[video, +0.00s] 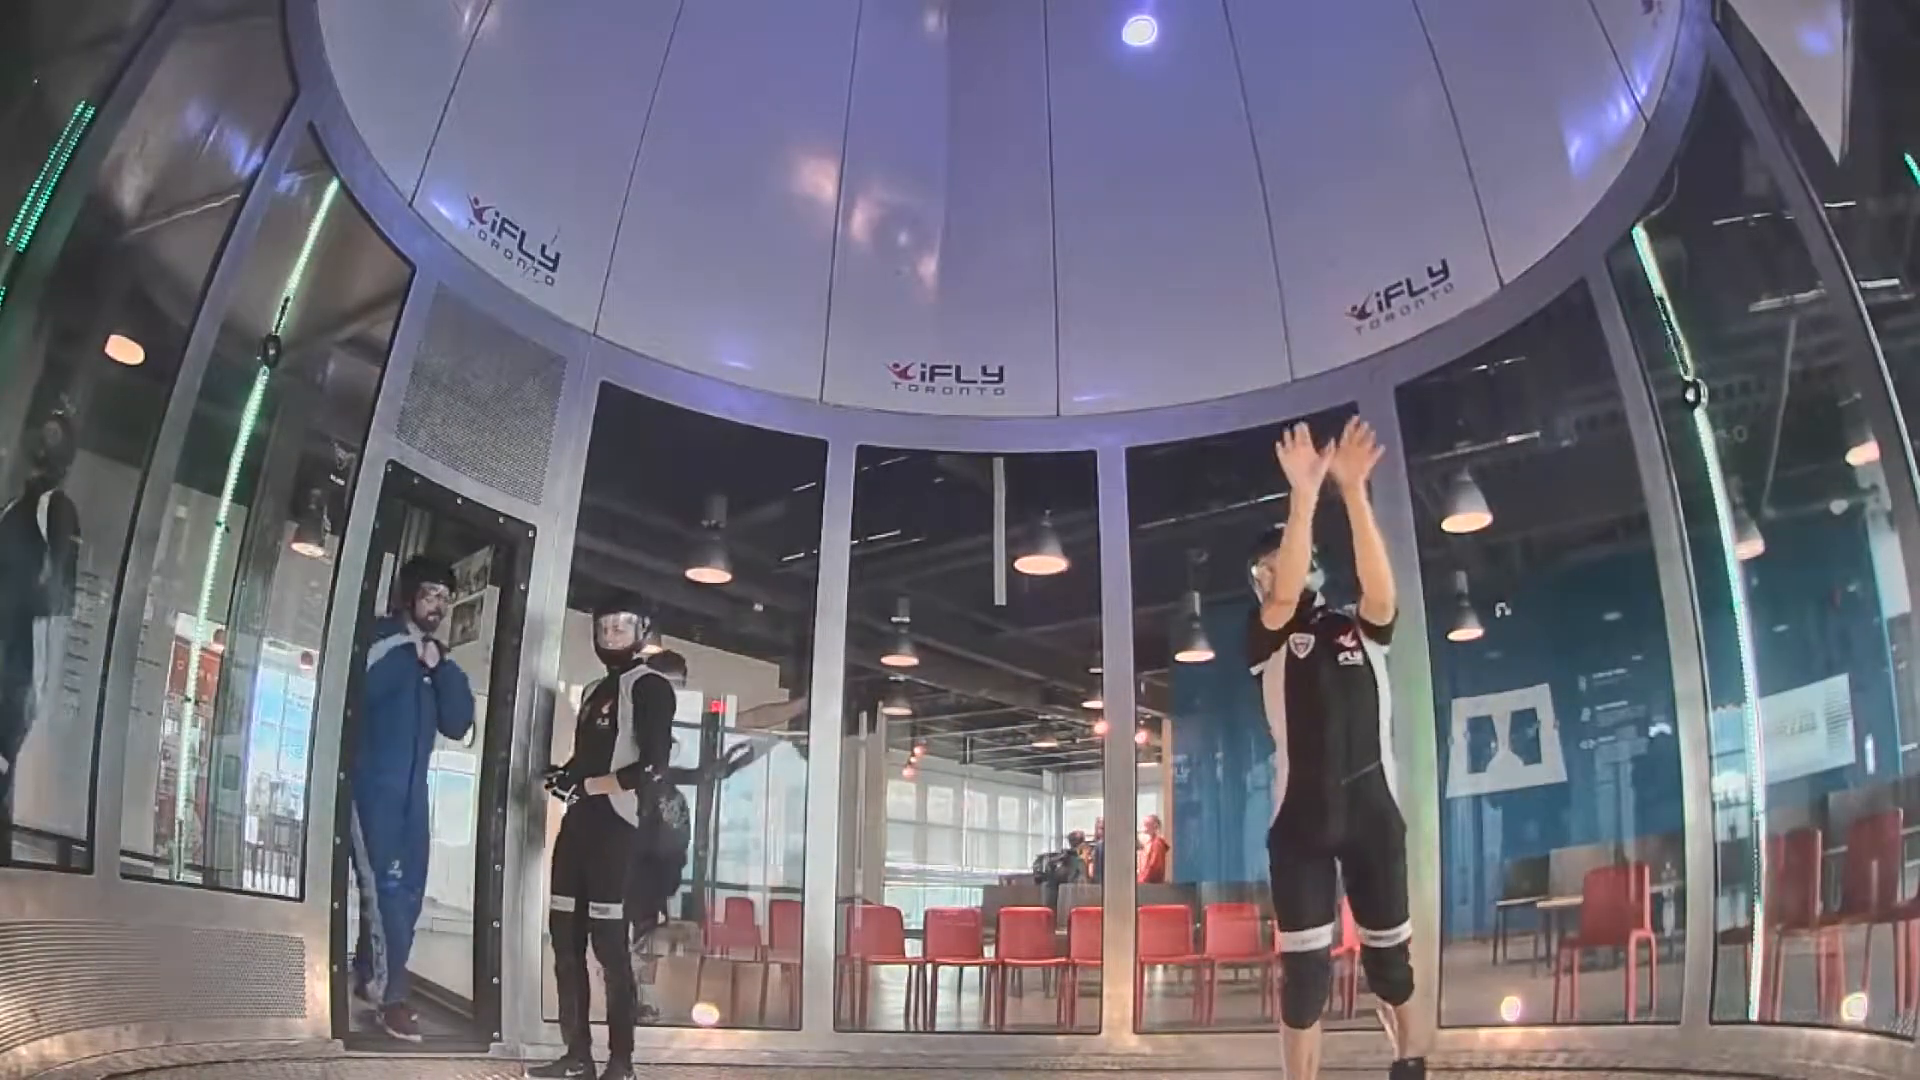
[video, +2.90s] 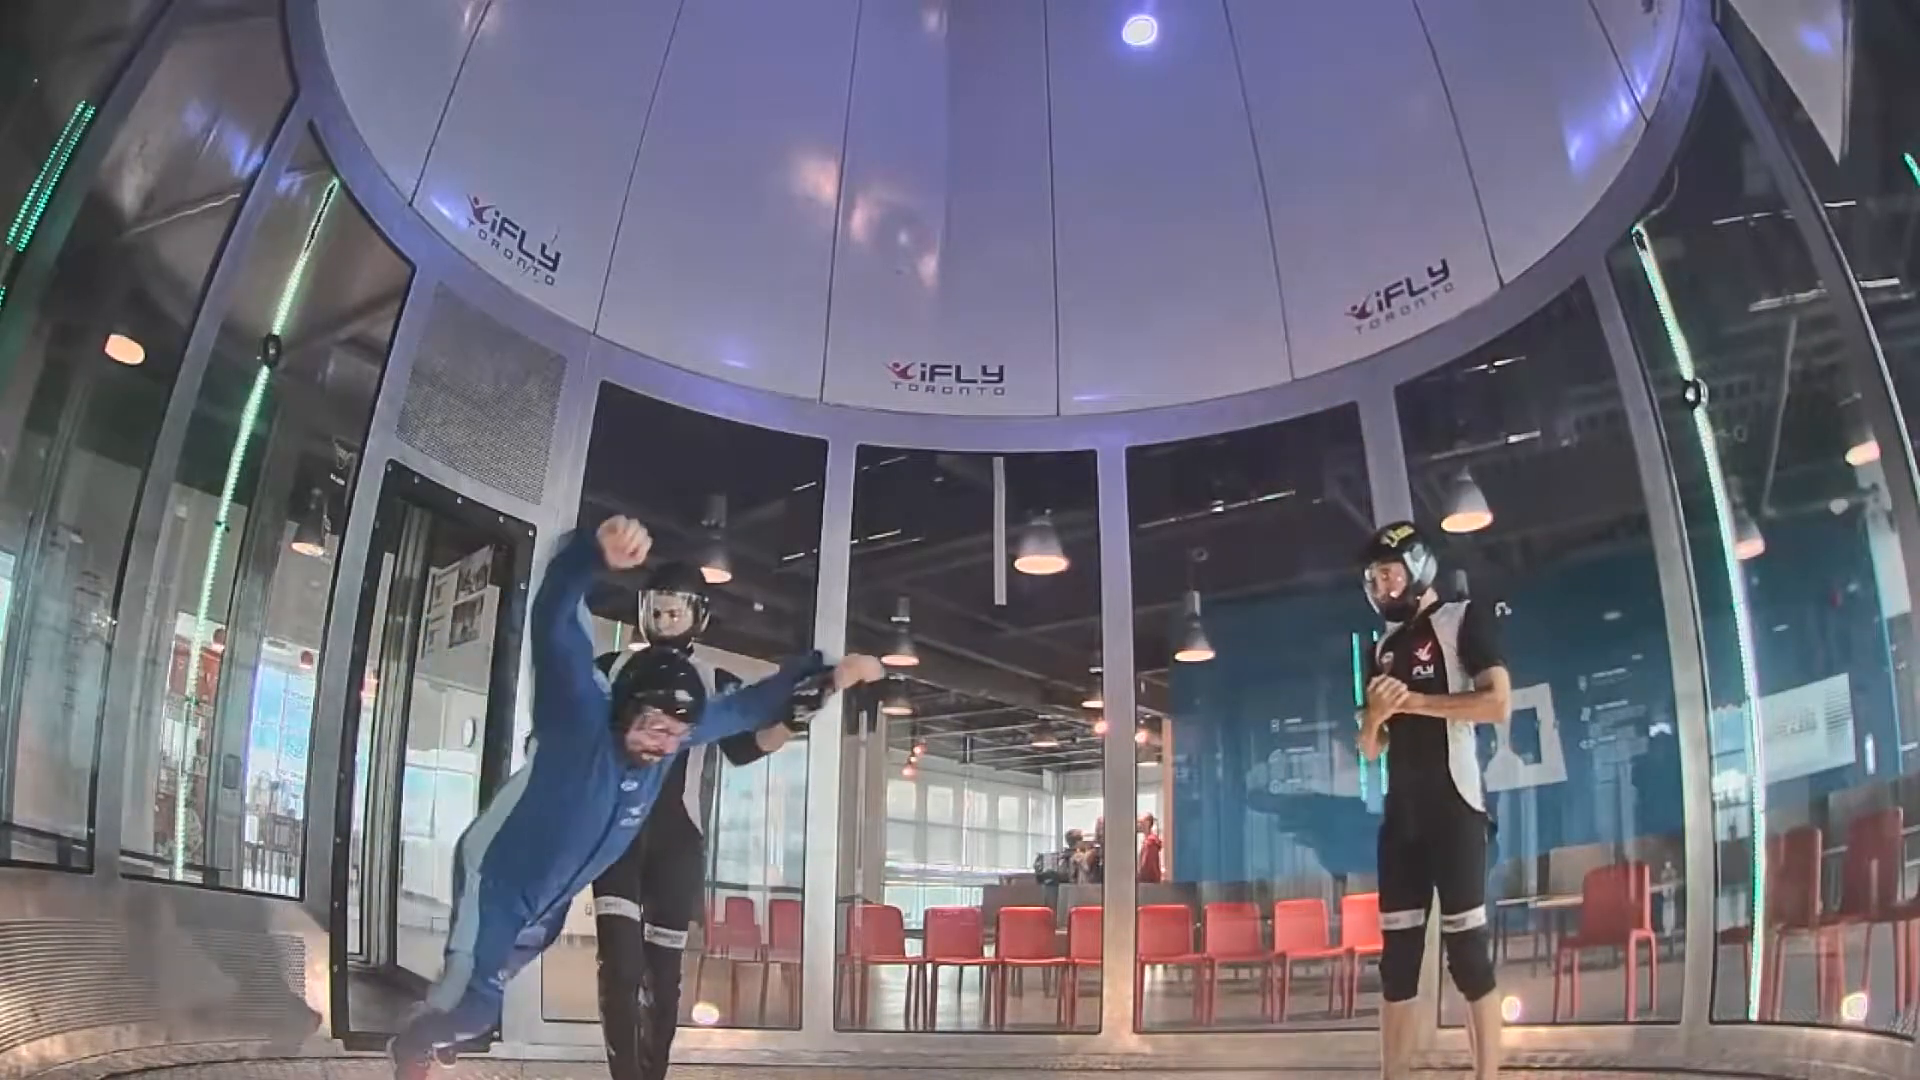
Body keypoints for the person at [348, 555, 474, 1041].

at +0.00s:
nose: (436, 606)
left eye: (443, 600)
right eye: (428, 596)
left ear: (447, 607)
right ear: (406, 597)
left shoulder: (438, 660)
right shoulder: (376, 639)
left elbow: (457, 725)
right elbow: (360, 693)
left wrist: (440, 665)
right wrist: (407, 647)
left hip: (415, 785)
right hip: (372, 780)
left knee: (410, 888)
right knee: (386, 883)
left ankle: (364, 972)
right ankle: (395, 999)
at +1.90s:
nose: (496, 612)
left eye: (506, 604)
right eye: (488, 600)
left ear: (513, 609)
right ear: (467, 596)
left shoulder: (511, 651)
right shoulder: (434, 637)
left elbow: (543, 712)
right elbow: (400, 696)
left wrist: (506, 671)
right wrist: (462, 657)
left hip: (477, 790)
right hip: (427, 784)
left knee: (452, 899)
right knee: (435, 889)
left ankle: (436, 1011)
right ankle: (408, 1005)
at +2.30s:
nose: (552, 647)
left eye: (561, 638)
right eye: (543, 633)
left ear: (567, 643)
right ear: (516, 626)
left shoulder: (562, 688)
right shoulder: (476, 670)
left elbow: (612, 749)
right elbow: (447, 735)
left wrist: (574, 725)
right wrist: (522, 702)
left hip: (500, 828)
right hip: (446, 820)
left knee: (481, 947)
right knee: (449, 930)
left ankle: (422, 1025)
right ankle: (406, 1047)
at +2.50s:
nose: (579, 677)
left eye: (590, 671)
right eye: (571, 663)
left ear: (599, 672)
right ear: (543, 653)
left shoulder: (585, 702)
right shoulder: (501, 680)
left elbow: (619, 715)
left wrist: (656, 732)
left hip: (515, 851)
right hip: (455, 836)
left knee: (498, 965)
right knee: (464, 959)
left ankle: (419, 1026)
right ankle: (404, 1047)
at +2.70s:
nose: (604, 714)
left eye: (615, 705)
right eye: (595, 701)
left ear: (624, 710)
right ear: (572, 694)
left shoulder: (618, 735)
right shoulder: (529, 720)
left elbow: (684, 725)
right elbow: (493, 656)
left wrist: (751, 715)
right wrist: (572, 651)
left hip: (529, 887)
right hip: (470, 869)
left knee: (498, 997)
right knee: (478, 992)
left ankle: (424, 1038)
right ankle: (404, 1040)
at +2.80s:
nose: (618, 722)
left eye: (630, 714)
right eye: (609, 707)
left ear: (640, 719)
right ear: (583, 698)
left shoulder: (629, 744)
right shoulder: (540, 721)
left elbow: (700, 722)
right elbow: (508, 645)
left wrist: (768, 705)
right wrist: (574, 617)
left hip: (535, 899)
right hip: (477, 876)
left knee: (488, 1014)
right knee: (478, 1008)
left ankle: (420, 1044)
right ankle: (407, 1037)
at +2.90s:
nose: (663, 745)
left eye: (675, 733)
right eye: (653, 728)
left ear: (684, 728)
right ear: (624, 709)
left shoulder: (675, 735)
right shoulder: (579, 718)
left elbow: (748, 706)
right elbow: (555, 624)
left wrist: (826, 670)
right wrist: (590, 554)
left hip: (548, 896)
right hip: (493, 875)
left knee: (480, 1002)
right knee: (465, 1005)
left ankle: (423, 1049)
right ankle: (408, 1053)